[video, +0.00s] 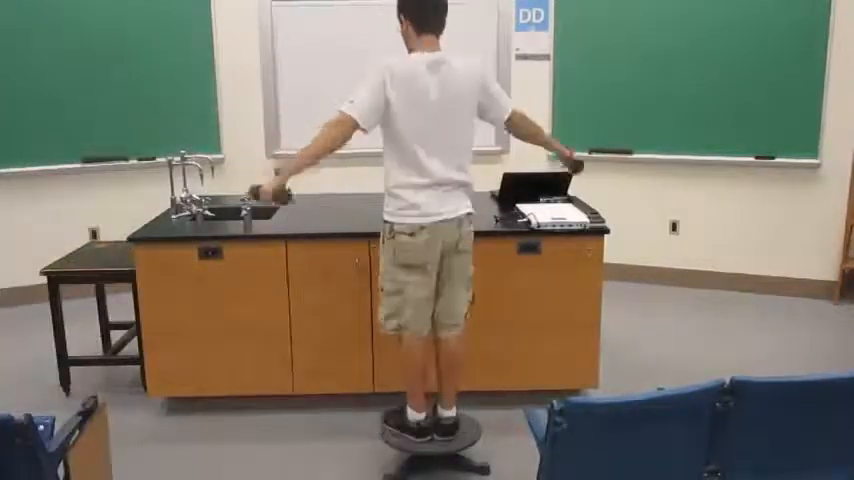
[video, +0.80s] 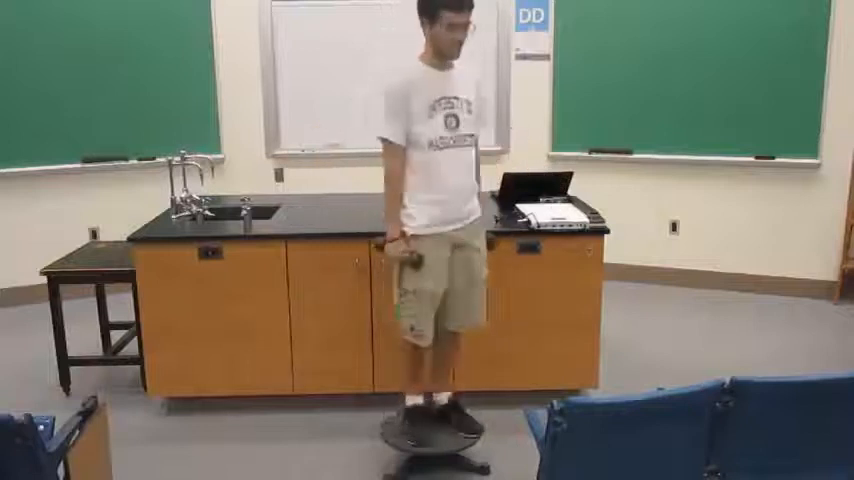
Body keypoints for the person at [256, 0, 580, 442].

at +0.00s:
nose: (400, 30)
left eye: (401, 22)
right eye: (406, 21)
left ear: (405, 23)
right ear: (443, 25)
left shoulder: (391, 74)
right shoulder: (470, 73)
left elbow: (342, 128)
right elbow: (515, 121)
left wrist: (286, 173)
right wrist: (557, 146)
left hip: (410, 222)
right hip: (458, 218)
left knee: (414, 327)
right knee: (451, 325)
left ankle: (417, 419)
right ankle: (447, 417)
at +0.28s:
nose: (417, 27)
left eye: (415, 20)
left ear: (412, 24)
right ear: (452, 28)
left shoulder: (388, 81)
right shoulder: (472, 83)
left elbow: (353, 147)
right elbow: (504, 153)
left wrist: (340, 180)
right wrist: (530, 192)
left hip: (402, 222)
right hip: (454, 222)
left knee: (403, 323)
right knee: (443, 324)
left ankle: (409, 413)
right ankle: (438, 415)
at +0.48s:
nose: (465, 37)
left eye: (465, 29)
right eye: (466, 29)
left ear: (423, 24)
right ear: (458, 26)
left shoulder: (396, 79)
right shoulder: (456, 81)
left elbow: (384, 159)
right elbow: (468, 164)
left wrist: (395, 207)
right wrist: (487, 226)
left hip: (400, 220)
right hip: (441, 225)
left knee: (410, 322)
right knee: (433, 326)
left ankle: (410, 406)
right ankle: (425, 415)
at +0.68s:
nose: (477, 37)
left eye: (478, 28)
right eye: (473, 27)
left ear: (444, 25)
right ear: (449, 23)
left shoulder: (428, 74)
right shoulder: (431, 78)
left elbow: (426, 155)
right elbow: (424, 155)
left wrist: (445, 220)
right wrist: (435, 226)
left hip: (426, 223)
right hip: (435, 226)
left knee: (428, 324)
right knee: (441, 325)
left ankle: (425, 402)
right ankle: (420, 410)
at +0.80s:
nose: (461, 37)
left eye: (465, 28)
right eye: (452, 28)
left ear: (469, 27)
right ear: (427, 26)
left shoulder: (467, 80)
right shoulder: (404, 85)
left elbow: (470, 156)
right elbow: (394, 162)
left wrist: (475, 214)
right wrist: (393, 230)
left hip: (467, 223)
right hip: (421, 228)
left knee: (453, 324)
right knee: (418, 327)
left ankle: (441, 403)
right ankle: (413, 407)